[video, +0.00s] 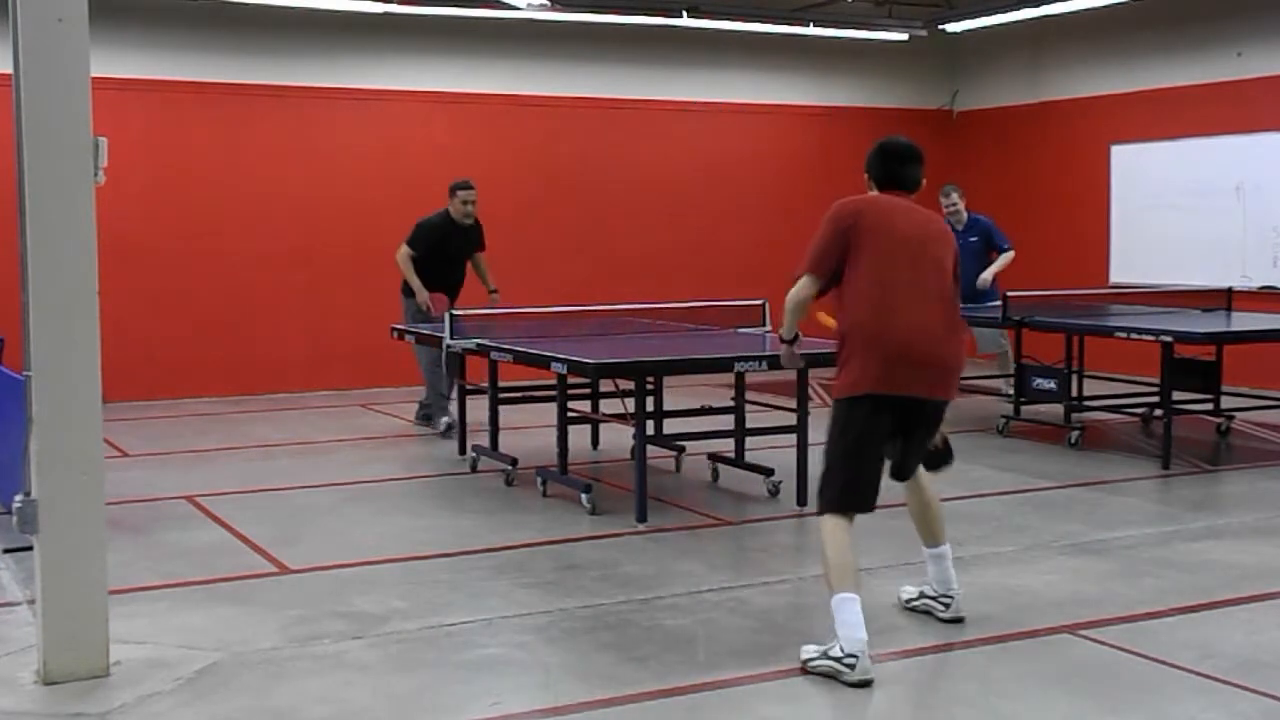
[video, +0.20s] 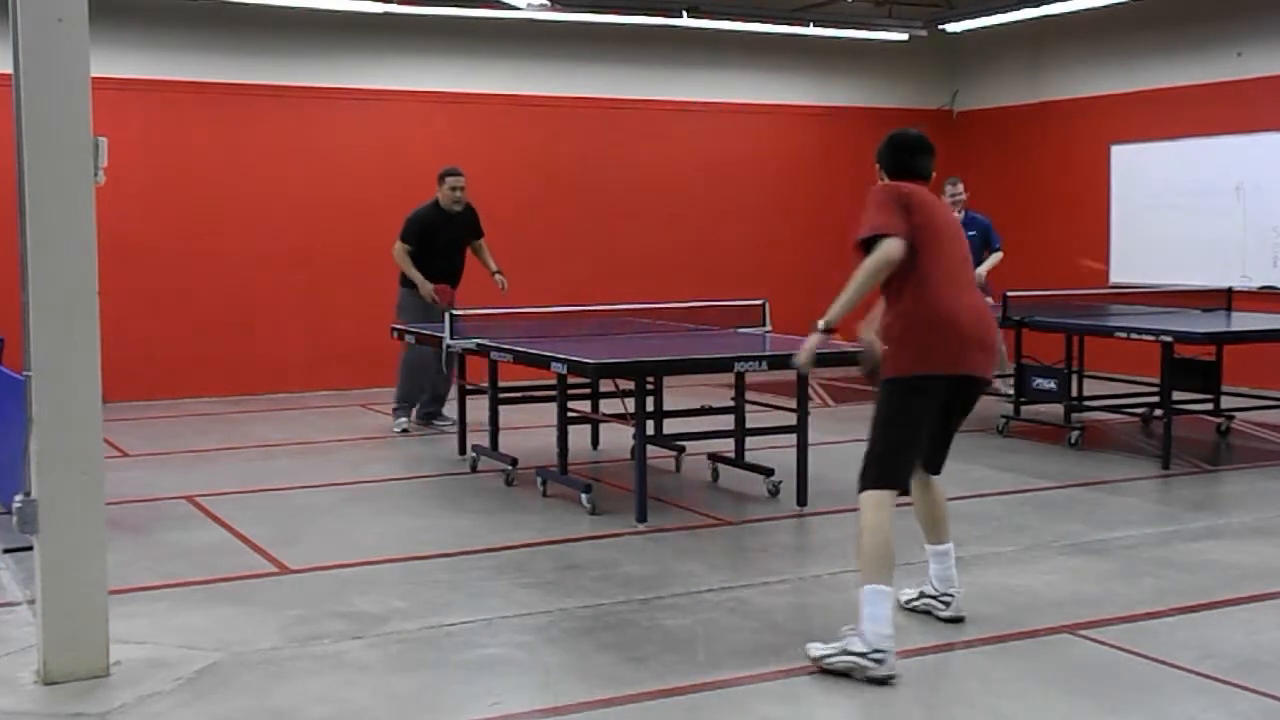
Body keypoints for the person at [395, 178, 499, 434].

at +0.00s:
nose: (470, 208)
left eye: (473, 203)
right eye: (464, 203)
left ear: (476, 203)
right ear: (450, 202)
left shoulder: (474, 227)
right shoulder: (430, 226)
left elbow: (476, 257)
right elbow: (402, 256)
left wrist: (491, 289)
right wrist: (419, 290)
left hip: (446, 302)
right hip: (419, 301)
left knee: (453, 358)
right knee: (431, 357)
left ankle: (428, 407)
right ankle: (441, 413)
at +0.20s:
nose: (459, 194)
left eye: (462, 189)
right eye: (453, 189)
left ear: (466, 190)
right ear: (440, 189)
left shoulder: (468, 214)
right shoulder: (421, 218)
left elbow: (477, 245)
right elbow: (399, 252)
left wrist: (494, 270)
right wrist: (421, 282)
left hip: (445, 297)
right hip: (416, 296)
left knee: (447, 352)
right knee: (417, 350)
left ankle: (431, 410)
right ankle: (403, 410)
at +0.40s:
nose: (454, 199)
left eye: (457, 194)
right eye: (448, 194)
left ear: (462, 195)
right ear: (436, 195)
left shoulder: (467, 218)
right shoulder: (419, 221)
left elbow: (478, 250)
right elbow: (400, 257)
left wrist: (490, 277)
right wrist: (425, 286)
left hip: (451, 296)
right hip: (415, 296)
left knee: (466, 346)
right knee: (405, 350)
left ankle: (461, 398)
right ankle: (400, 410)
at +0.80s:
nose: (466, 237)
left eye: (470, 231)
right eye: (461, 231)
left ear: (476, 229)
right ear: (450, 228)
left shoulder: (480, 246)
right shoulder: (433, 241)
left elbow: (494, 278)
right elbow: (394, 262)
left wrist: (502, 301)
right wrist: (421, 290)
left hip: (458, 303)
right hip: (423, 303)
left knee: (481, 345)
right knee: (417, 348)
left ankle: (487, 404)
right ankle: (405, 411)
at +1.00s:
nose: (462, 250)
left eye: (466, 244)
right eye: (457, 243)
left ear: (471, 240)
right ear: (445, 236)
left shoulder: (467, 251)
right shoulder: (429, 241)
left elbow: (473, 280)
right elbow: (417, 257)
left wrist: (487, 302)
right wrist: (457, 273)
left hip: (437, 302)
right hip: (405, 299)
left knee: (457, 349)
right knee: (405, 347)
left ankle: (479, 402)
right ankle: (403, 412)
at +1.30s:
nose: (468, 248)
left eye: (472, 243)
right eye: (464, 242)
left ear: (476, 239)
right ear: (450, 234)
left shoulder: (465, 252)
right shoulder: (432, 245)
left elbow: (459, 275)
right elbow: (411, 273)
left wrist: (462, 299)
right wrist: (440, 299)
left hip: (428, 302)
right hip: (398, 298)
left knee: (445, 351)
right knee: (399, 353)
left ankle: (461, 402)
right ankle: (402, 412)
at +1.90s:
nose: (457, 214)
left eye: (460, 208)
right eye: (452, 208)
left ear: (465, 209)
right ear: (439, 207)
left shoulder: (466, 233)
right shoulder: (419, 227)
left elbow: (473, 263)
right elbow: (391, 254)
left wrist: (482, 289)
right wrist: (410, 287)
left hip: (440, 300)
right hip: (405, 299)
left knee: (451, 351)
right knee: (391, 350)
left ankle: (464, 403)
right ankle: (374, 407)